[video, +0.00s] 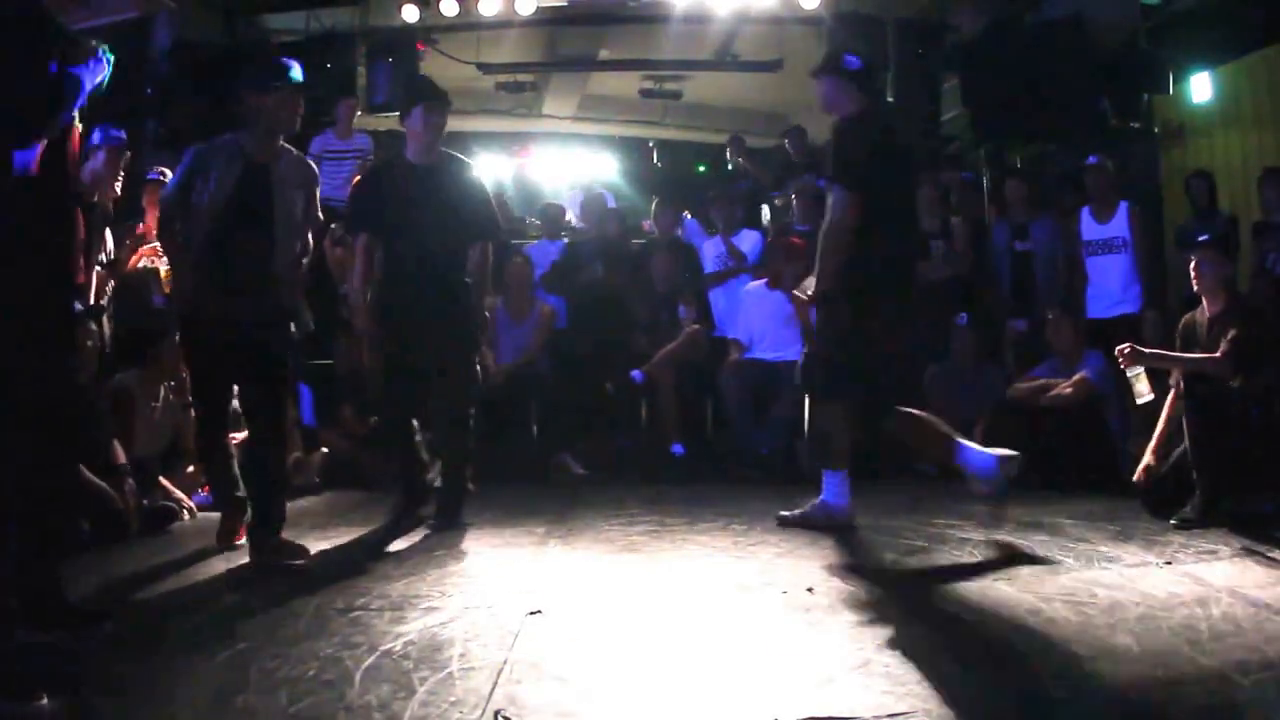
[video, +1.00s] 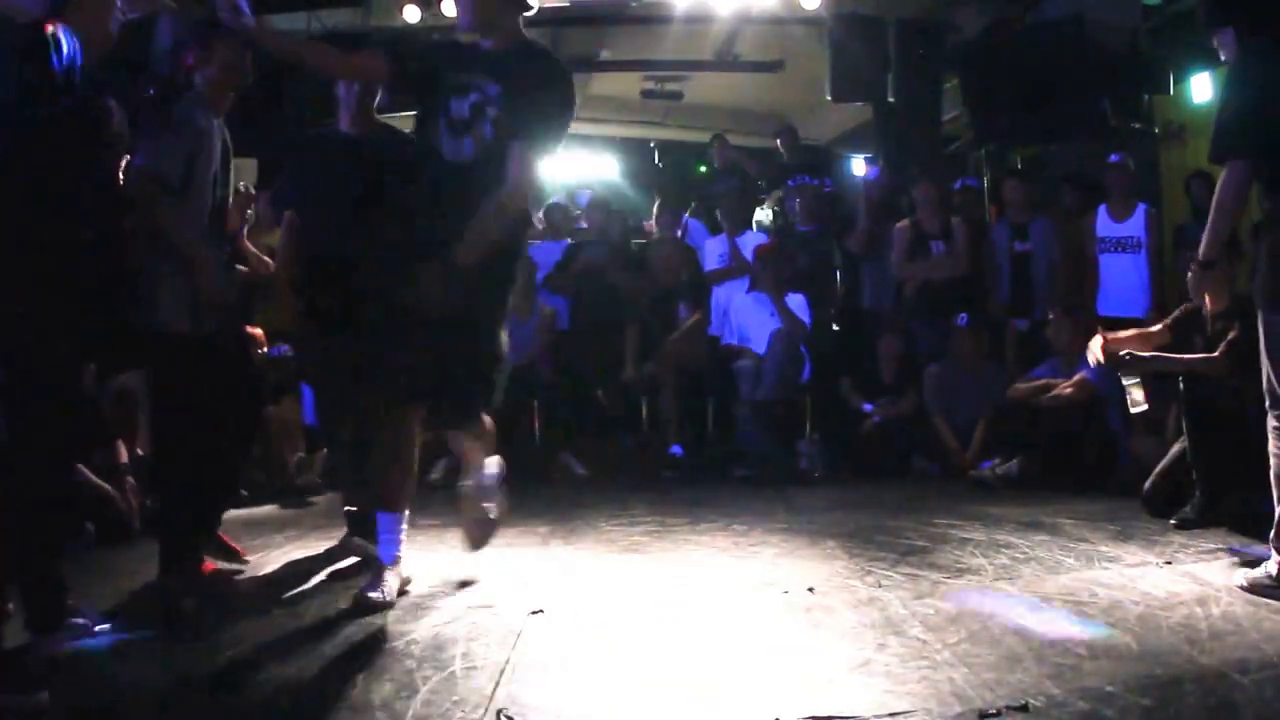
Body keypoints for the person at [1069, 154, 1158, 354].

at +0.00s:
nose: (1094, 182)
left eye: (1099, 175)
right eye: (1090, 176)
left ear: (1110, 179)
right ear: (1085, 181)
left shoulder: (1129, 212)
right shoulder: (1081, 218)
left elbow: (1141, 256)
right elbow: (1079, 261)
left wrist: (1145, 294)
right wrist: (1079, 300)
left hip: (1127, 302)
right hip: (1095, 305)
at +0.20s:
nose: (1100, 183)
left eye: (1106, 177)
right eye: (1096, 177)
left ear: (1116, 180)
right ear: (1091, 182)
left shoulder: (1134, 213)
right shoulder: (1082, 218)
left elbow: (1144, 258)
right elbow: (1077, 263)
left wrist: (1147, 300)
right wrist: (1079, 304)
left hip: (1130, 310)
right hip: (1097, 311)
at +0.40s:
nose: (1109, 179)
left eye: (1115, 173)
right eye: (1105, 173)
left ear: (1125, 177)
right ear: (1099, 177)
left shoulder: (1141, 214)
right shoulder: (1088, 216)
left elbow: (1149, 257)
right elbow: (1084, 259)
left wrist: (1153, 298)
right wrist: (1083, 297)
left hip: (1135, 300)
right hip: (1100, 302)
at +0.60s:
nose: (1113, 180)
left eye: (1118, 174)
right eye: (1109, 174)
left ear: (1129, 178)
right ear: (1103, 179)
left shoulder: (1144, 215)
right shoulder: (1092, 216)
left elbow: (1152, 257)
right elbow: (1087, 259)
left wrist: (1154, 299)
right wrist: (1090, 298)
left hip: (1138, 303)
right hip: (1103, 305)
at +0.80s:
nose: (1114, 180)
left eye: (1120, 174)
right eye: (1110, 175)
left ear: (1130, 179)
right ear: (1104, 179)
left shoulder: (1146, 215)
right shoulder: (1092, 218)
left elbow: (1153, 259)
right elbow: (1088, 259)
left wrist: (1155, 300)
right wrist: (1091, 295)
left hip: (1139, 305)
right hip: (1104, 307)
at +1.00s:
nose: (1116, 182)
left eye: (1121, 176)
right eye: (1112, 176)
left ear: (1131, 179)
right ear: (1106, 180)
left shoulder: (1147, 216)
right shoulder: (1096, 217)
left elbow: (1154, 259)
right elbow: (1091, 261)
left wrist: (1155, 302)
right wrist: (1090, 302)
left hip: (1139, 306)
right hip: (1106, 307)